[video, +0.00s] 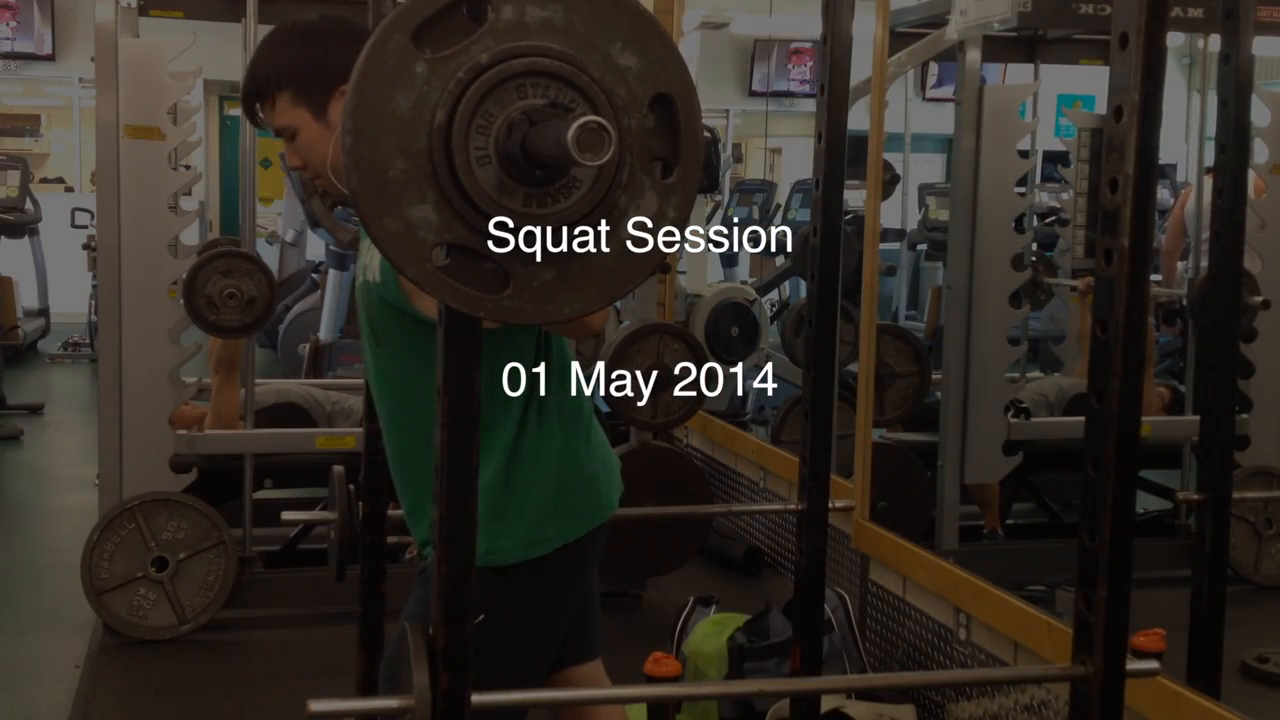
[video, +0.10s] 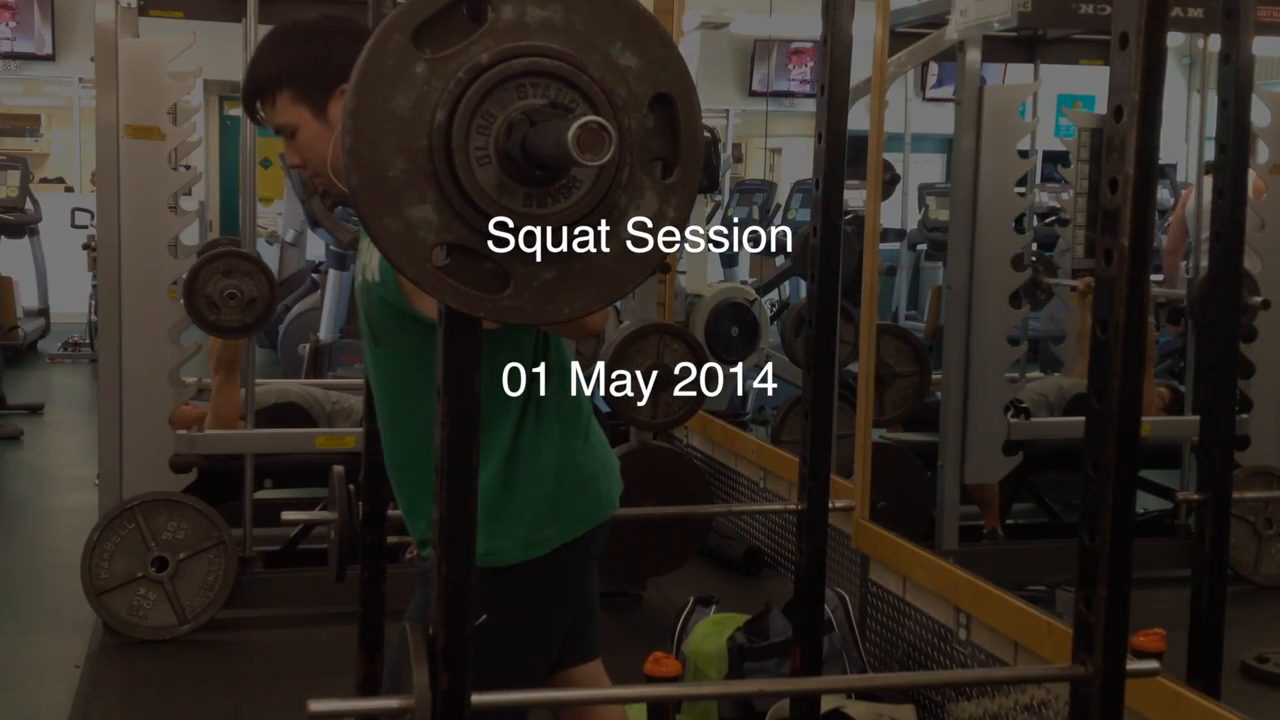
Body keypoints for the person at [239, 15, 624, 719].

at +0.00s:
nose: (290, 157)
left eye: (291, 132)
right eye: (280, 140)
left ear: (347, 104)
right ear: (343, 110)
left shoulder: (403, 217)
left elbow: (588, 318)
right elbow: (588, 317)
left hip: (507, 515)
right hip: (557, 492)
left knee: (447, 695)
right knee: (578, 679)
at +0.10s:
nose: (289, 155)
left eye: (290, 131)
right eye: (280, 138)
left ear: (346, 103)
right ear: (341, 108)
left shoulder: (404, 217)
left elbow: (587, 318)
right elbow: (587, 317)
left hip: (506, 513)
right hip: (555, 492)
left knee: (450, 695)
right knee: (578, 678)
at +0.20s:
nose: (290, 154)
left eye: (291, 130)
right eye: (281, 137)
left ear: (347, 103)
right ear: (341, 109)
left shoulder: (406, 215)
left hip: (511, 509)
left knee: (457, 694)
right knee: (578, 678)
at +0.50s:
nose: (296, 136)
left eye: (301, 111)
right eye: (292, 116)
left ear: (360, 95)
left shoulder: (413, 229)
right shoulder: (384, 226)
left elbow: (582, 325)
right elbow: (579, 323)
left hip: (495, 539)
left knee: (396, 705)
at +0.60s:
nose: (298, 135)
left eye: (305, 109)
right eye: (295, 114)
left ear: (364, 96)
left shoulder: (412, 226)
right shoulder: (386, 222)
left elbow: (577, 325)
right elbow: (573, 327)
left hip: (478, 543)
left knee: (369, 714)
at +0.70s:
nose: (298, 126)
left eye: (305, 100)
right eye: (296, 103)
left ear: (364, 91)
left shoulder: (412, 226)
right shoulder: (374, 223)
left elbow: (572, 325)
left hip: (466, 547)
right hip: (420, 538)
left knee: (378, 711)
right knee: (361, 699)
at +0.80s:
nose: (298, 121)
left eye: (308, 95)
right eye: (298, 99)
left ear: (369, 88)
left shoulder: (414, 223)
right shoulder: (374, 223)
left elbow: (574, 327)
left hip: (456, 554)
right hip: (409, 547)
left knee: (354, 713)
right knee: (352, 700)